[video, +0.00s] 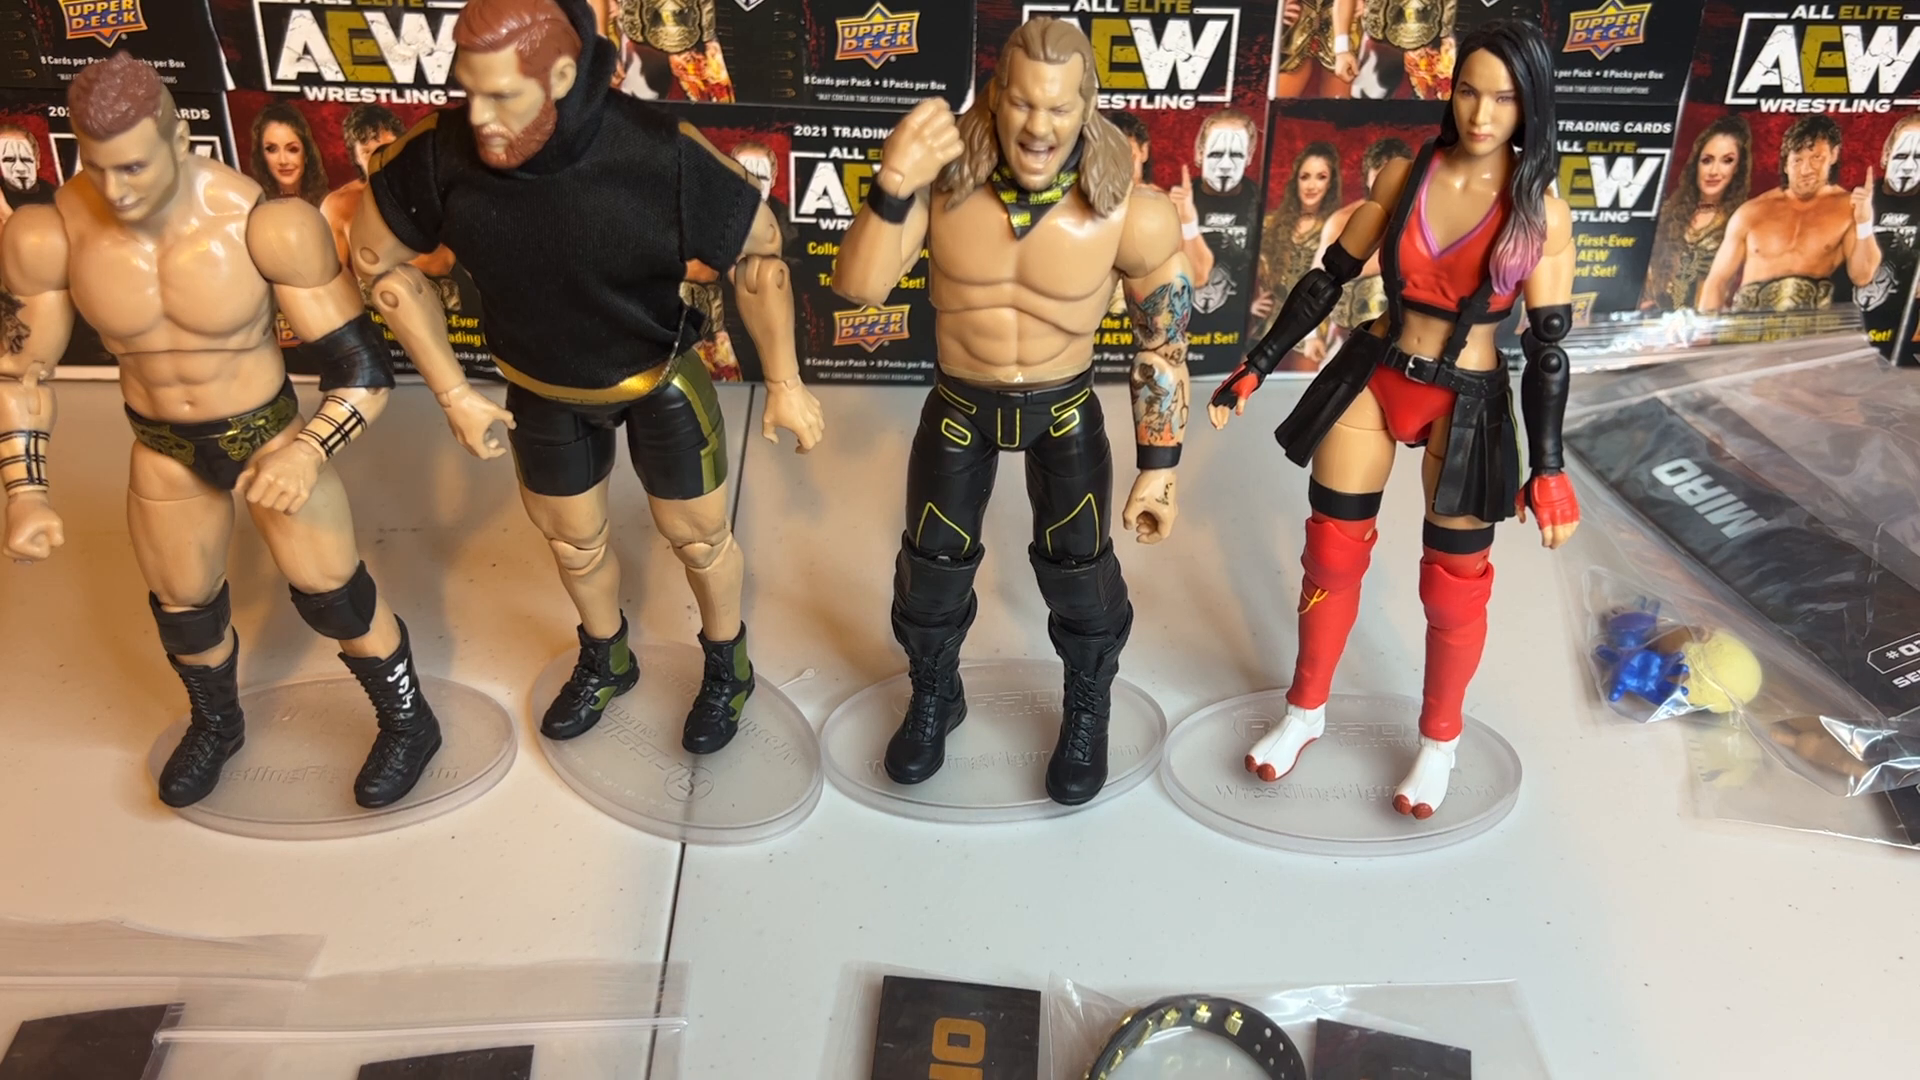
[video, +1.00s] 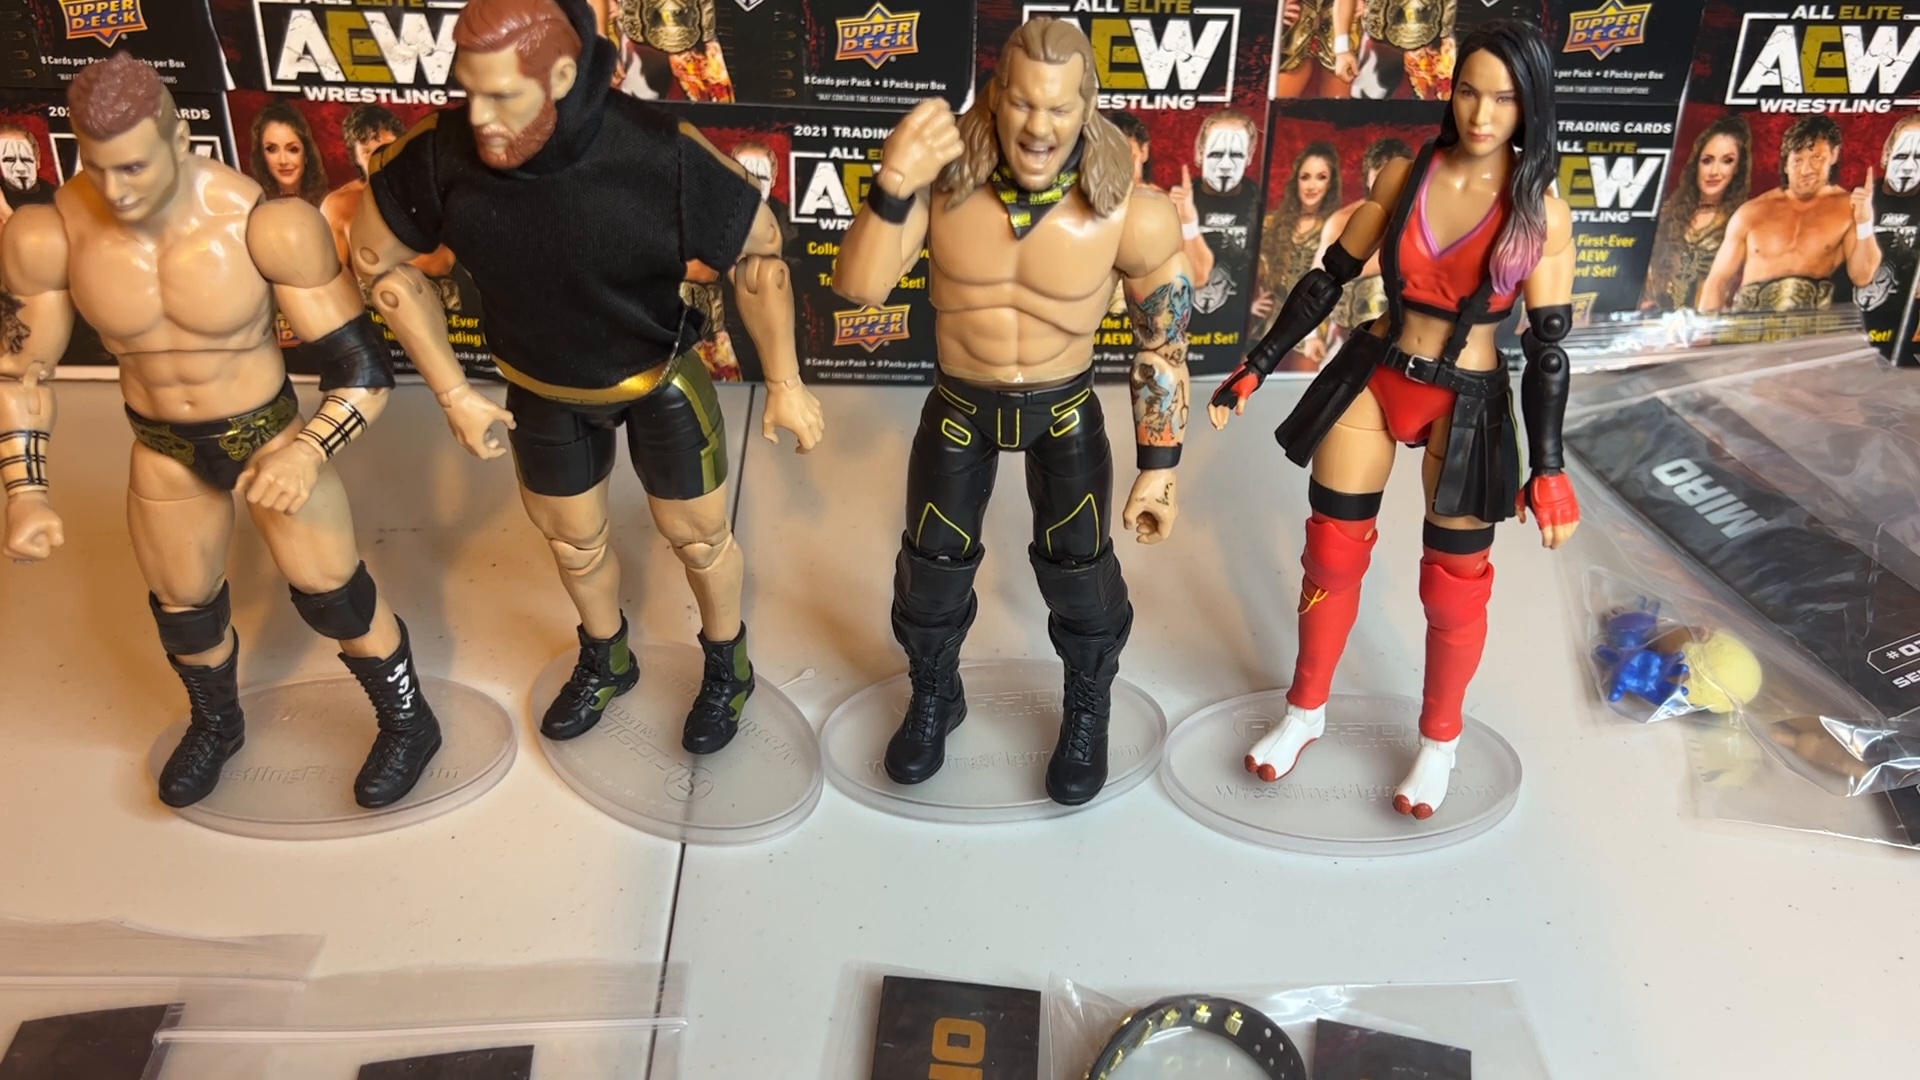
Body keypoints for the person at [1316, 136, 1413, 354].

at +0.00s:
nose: (1388, 180)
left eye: (1396, 173)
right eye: (1381, 170)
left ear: (1410, 176)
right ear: (1367, 174)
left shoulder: (1416, 216)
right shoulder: (1344, 220)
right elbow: (1320, 277)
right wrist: (1314, 333)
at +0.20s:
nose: (1388, 180)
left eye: (1396, 173)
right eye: (1381, 171)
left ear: (1410, 177)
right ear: (1368, 174)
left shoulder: (1416, 216)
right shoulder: (1344, 219)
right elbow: (1321, 276)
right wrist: (1314, 334)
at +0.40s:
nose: (1388, 180)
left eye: (1396, 173)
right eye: (1381, 171)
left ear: (1410, 177)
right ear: (1367, 175)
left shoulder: (1416, 217)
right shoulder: (1343, 220)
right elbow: (1321, 276)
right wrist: (1314, 334)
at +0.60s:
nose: (1389, 181)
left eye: (1397, 174)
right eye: (1382, 172)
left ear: (1410, 177)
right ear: (1368, 175)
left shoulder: (1417, 216)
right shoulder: (1343, 221)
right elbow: (1321, 277)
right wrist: (1314, 334)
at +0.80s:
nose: (1389, 182)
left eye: (1397, 174)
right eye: (1381, 173)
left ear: (1410, 177)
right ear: (1367, 176)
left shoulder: (1417, 216)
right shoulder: (1343, 221)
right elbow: (1321, 277)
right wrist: (1314, 334)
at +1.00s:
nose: (1388, 180)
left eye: (1396, 173)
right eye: (1381, 171)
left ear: (1410, 177)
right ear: (1368, 174)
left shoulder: (1416, 216)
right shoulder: (1343, 220)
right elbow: (1321, 276)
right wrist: (1314, 333)